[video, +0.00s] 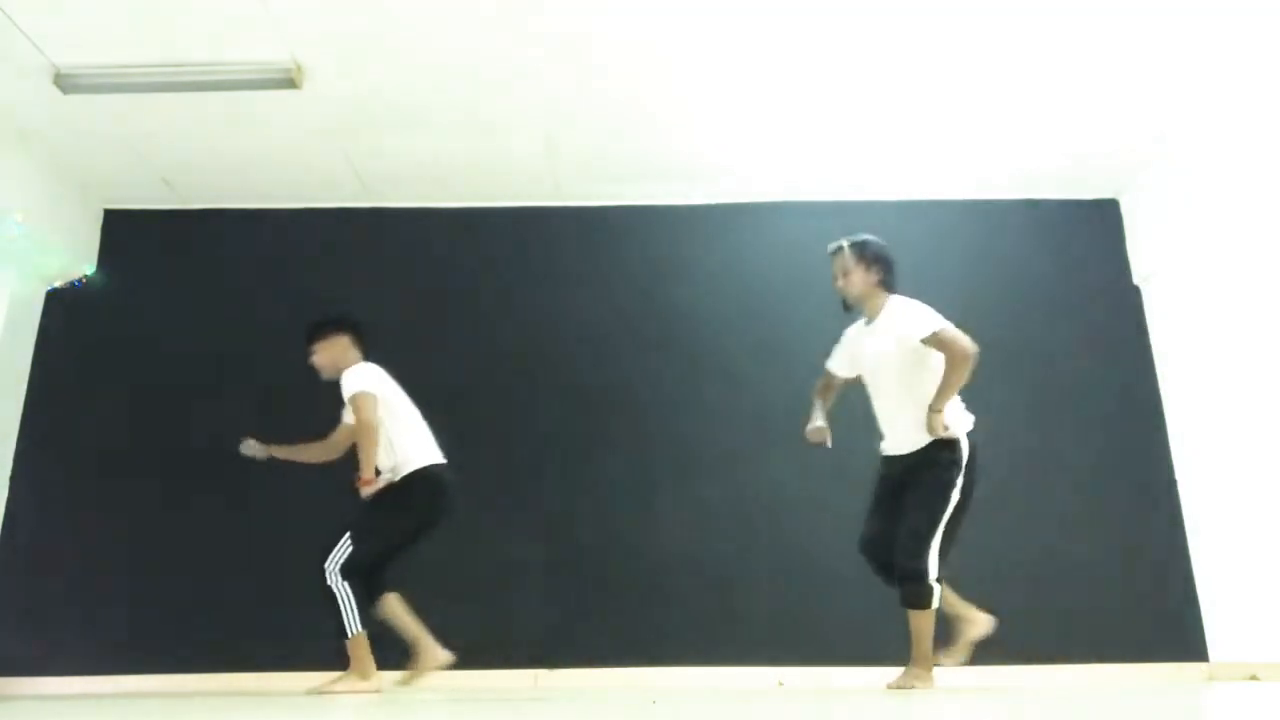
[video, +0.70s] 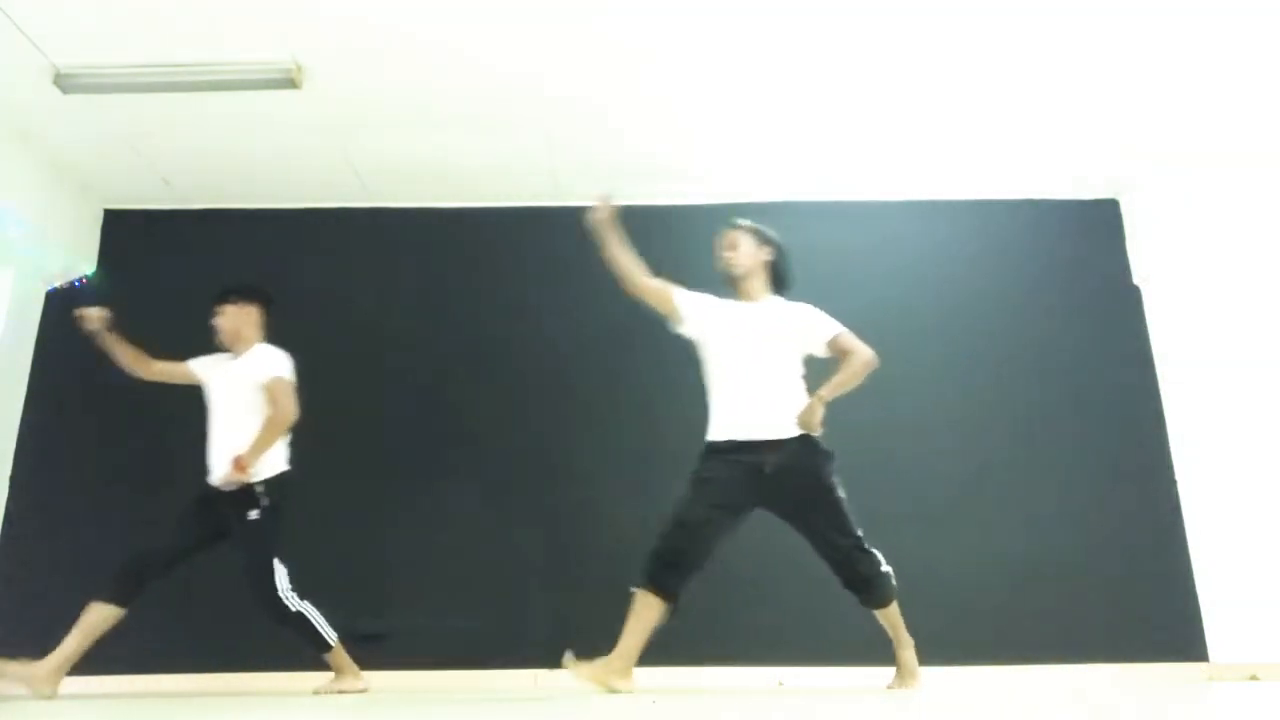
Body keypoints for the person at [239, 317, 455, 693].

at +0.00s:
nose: (312, 360)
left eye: (316, 349)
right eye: (311, 352)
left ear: (343, 343)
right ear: (340, 346)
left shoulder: (359, 374)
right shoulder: (362, 385)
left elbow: (367, 420)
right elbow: (331, 449)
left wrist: (366, 475)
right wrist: (270, 451)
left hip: (414, 484)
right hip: (425, 485)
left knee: (338, 568)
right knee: (364, 572)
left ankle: (362, 670)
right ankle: (429, 650)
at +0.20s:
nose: (285, 353)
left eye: (290, 343)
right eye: (284, 345)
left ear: (317, 337)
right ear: (311, 341)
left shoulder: (348, 372)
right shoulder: (317, 396)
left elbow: (377, 419)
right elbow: (292, 448)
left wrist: (361, 469)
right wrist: (259, 442)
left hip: (397, 486)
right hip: (375, 492)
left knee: (331, 573)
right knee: (317, 576)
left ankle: (353, 674)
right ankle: (391, 651)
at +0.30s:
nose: (279, 348)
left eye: (284, 338)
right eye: (278, 340)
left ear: (313, 333)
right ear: (302, 338)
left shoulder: (344, 372)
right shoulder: (302, 394)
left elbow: (377, 420)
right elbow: (275, 447)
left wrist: (357, 469)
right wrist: (252, 434)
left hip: (380, 489)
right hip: (351, 493)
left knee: (319, 573)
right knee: (294, 574)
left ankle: (353, 674)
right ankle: (370, 636)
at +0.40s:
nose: (280, 339)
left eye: (285, 329)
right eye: (278, 331)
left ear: (312, 326)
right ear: (290, 333)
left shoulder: (340, 366)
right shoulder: (292, 384)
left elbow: (366, 417)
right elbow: (245, 426)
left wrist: (339, 466)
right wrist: (236, 396)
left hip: (361, 491)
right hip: (322, 494)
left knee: (311, 581)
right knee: (249, 558)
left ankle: (353, 673)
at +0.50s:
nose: (272, 330)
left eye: (277, 320)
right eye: (271, 322)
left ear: (304, 318)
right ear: (289, 323)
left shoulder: (330, 364)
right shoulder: (281, 373)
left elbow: (347, 413)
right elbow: (219, 395)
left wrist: (313, 458)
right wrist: (207, 359)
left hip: (328, 493)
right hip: (290, 494)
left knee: (297, 590)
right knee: (205, 547)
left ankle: (351, 674)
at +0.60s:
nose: (252, 322)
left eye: (259, 313)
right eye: (252, 315)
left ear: (287, 315)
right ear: (270, 320)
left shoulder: (307, 361)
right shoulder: (258, 367)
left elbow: (320, 413)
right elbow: (191, 376)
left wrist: (284, 455)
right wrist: (164, 339)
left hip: (292, 495)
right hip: (254, 494)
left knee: (286, 593)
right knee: (170, 563)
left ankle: (351, 674)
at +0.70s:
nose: (215, 320)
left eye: (224, 311)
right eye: (216, 313)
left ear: (252, 315)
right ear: (231, 321)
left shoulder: (271, 360)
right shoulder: (215, 366)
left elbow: (286, 412)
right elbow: (146, 368)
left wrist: (250, 456)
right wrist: (103, 332)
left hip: (259, 495)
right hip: (217, 497)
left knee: (275, 594)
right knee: (140, 571)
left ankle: (349, 674)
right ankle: (49, 671)